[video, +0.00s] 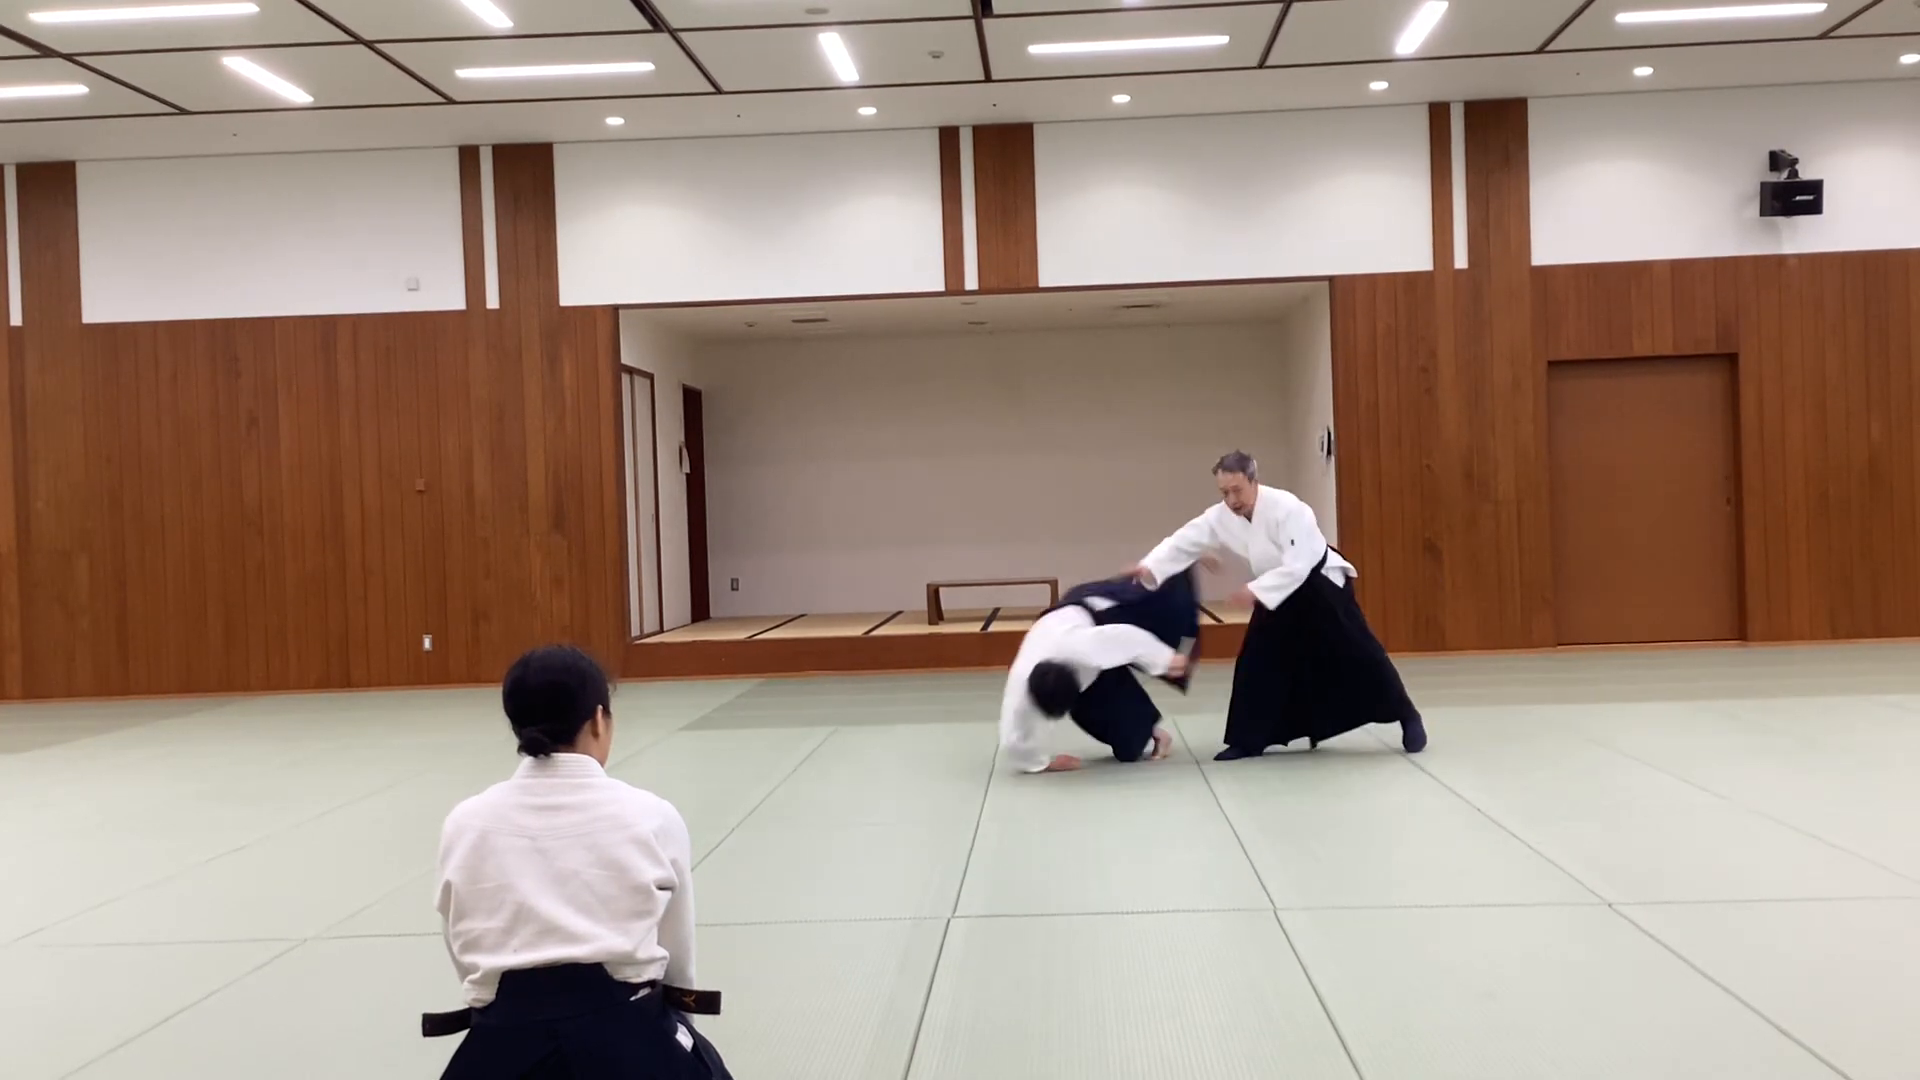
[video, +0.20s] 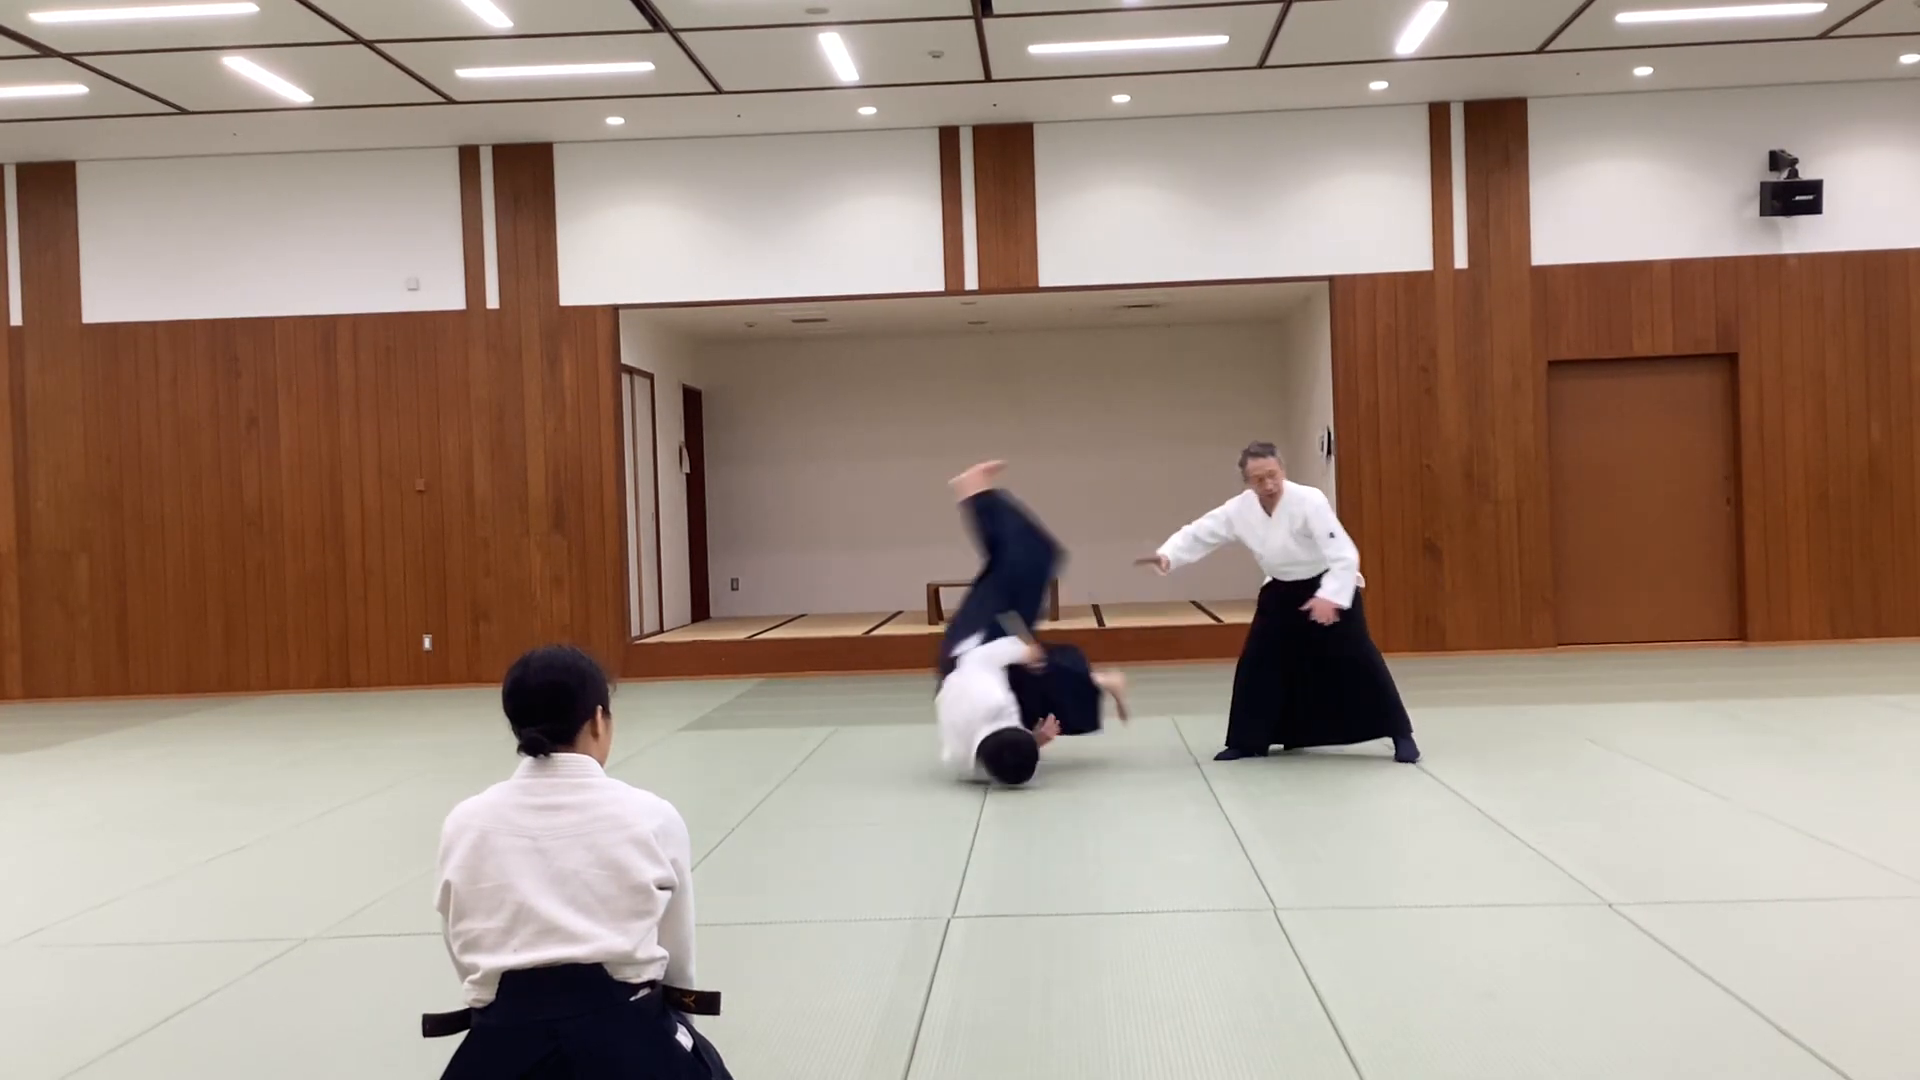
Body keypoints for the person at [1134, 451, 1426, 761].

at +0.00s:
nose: (1230, 498)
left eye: (1235, 490)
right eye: (1224, 491)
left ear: (1253, 481)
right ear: (1219, 488)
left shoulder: (1286, 508)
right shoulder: (1220, 518)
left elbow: (1305, 558)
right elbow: (1182, 542)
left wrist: (1258, 587)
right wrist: (1148, 568)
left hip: (1320, 584)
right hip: (1274, 591)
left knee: (1360, 650)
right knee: (1254, 663)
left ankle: (1408, 718)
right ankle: (1247, 740)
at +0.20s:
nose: (1266, 485)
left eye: (1271, 476)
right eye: (1258, 479)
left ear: (1282, 471)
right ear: (1246, 481)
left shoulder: (1309, 501)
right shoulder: (1239, 509)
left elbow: (1345, 555)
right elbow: (1201, 532)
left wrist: (1330, 596)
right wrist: (1168, 554)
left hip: (1328, 585)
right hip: (1279, 590)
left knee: (1362, 659)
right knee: (1255, 663)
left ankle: (1401, 735)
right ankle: (1247, 743)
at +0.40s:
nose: (1319, 489)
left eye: (1325, 481)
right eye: (1311, 482)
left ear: (1340, 475)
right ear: (1303, 481)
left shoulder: (1361, 512)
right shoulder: (1293, 513)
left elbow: (1393, 564)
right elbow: (1265, 554)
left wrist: (1385, 602)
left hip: (1361, 599)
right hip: (1315, 597)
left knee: (1380, 668)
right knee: (1279, 660)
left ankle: (1404, 747)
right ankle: (1249, 741)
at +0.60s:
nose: (1336, 490)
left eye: (1344, 482)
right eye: (1331, 482)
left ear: (1365, 479)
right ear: (1327, 479)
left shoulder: (1389, 512)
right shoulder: (1325, 513)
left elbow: (1419, 562)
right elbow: (1332, 565)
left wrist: (1425, 608)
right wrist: (1338, 600)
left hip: (1391, 600)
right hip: (1350, 598)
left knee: (1397, 669)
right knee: (1328, 661)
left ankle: (1403, 749)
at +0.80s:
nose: (1351, 480)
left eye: (1359, 472)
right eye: (1346, 472)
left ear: (1381, 470)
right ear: (1343, 470)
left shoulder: (1403, 505)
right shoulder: (1344, 507)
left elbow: (1428, 553)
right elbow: (1352, 555)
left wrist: (1436, 598)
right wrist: (1349, 593)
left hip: (1414, 592)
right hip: (1380, 592)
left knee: (1404, 668)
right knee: (1374, 666)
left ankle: (1407, 751)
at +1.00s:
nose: (1365, 466)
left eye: (1373, 459)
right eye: (1362, 459)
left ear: (1397, 458)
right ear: (1360, 458)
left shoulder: (1414, 496)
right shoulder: (1367, 498)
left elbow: (1422, 547)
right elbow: (1378, 549)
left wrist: (1406, 585)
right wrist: (1365, 589)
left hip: (1434, 587)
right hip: (1405, 589)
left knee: (1409, 657)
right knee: (1439, 658)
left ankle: (1410, 744)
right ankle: (1470, 727)